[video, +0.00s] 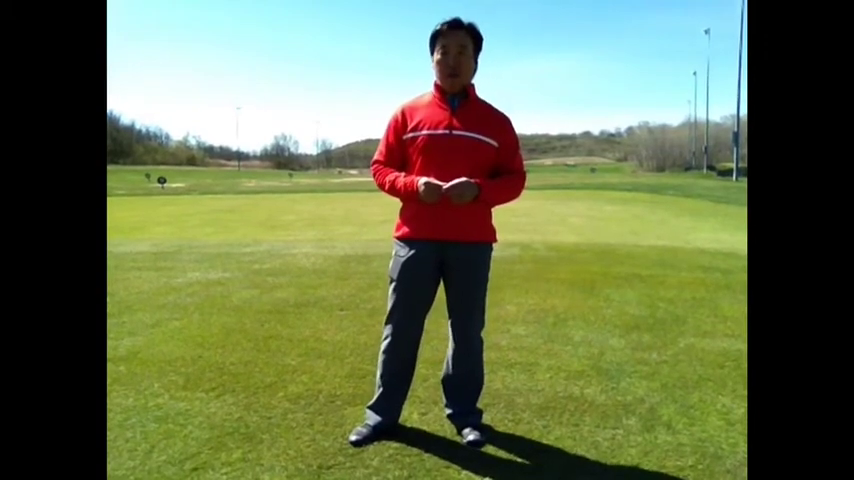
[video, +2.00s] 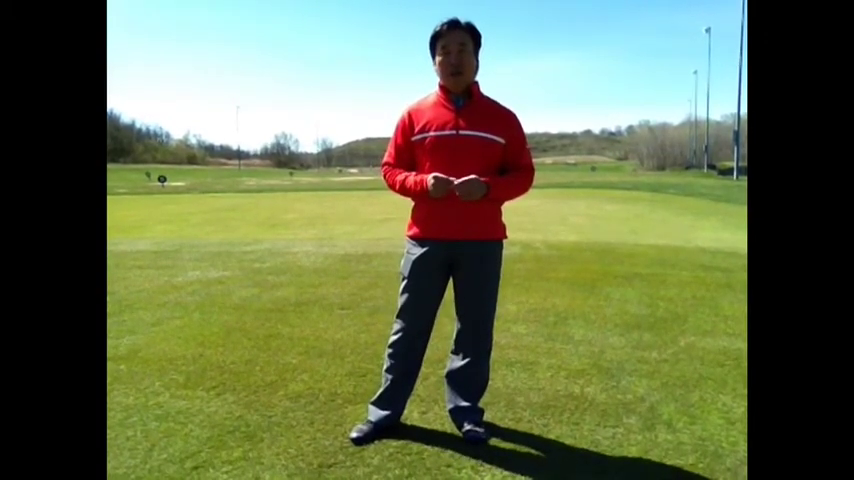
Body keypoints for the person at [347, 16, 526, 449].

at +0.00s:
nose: (451, 59)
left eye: (461, 52)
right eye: (444, 51)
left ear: (476, 60)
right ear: (432, 58)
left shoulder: (496, 122)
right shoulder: (407, 115)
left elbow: (515, 180)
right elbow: (380, 170)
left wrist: (479, 190)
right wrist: (414, 184)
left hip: (471, 245)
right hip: (416, 241)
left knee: (468, 333)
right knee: (399, 330)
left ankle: (466, 416)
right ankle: (381, 415)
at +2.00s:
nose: (453, 58)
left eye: (462, 50)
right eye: (445, 51)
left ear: (477, 57)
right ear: (433, 60)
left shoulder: (503, 119)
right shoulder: (415, 115)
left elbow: (524, 175)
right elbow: (390, 170)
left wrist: (488, 187)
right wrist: (423, 182)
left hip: (481, 243)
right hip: (426, 241)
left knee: (475, 333)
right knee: (408, 329)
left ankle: (468, 413)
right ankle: (384, 414)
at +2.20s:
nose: (453, 59)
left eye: (462, 51)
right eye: (444, 52)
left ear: (477, 58)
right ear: (433, 61)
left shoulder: (502, 119)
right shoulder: (414, 117)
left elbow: (524, 175)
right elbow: (391, 171)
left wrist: (489, 187)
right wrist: (422, 184)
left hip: (482, 243)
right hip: (427, 240)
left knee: (476, 333)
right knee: (408, 329)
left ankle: (467, 412)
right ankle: (384, 414)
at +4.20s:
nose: (451, 61)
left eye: (460, 52)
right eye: (443, 54)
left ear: (477, 59)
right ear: (433, 62)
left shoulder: (504, 120)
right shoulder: (415, 117)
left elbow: (525, 176)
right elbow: (391, 172)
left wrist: (489, 184)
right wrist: (421, 180)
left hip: (481, 244)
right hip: (426, 241)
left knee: (474, 335)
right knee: (407, 330)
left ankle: (468, 416)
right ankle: (383, 415)